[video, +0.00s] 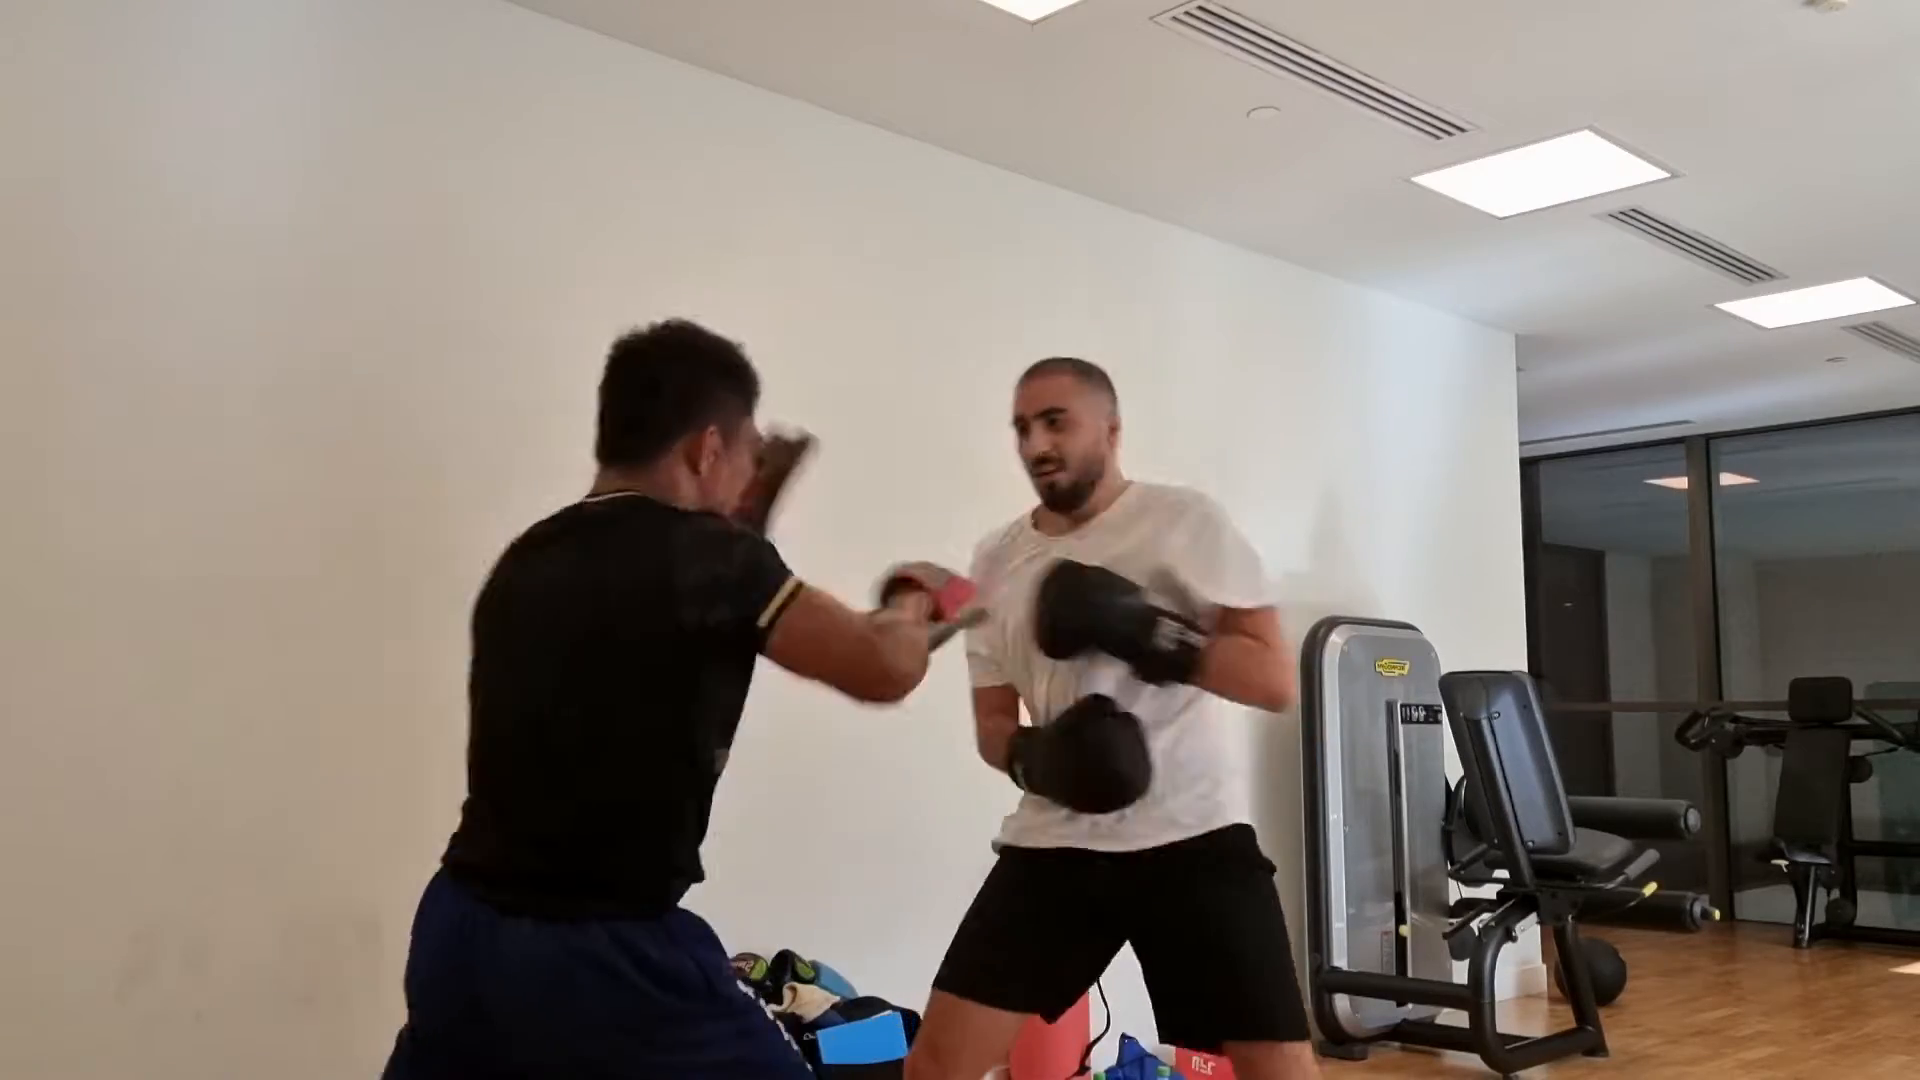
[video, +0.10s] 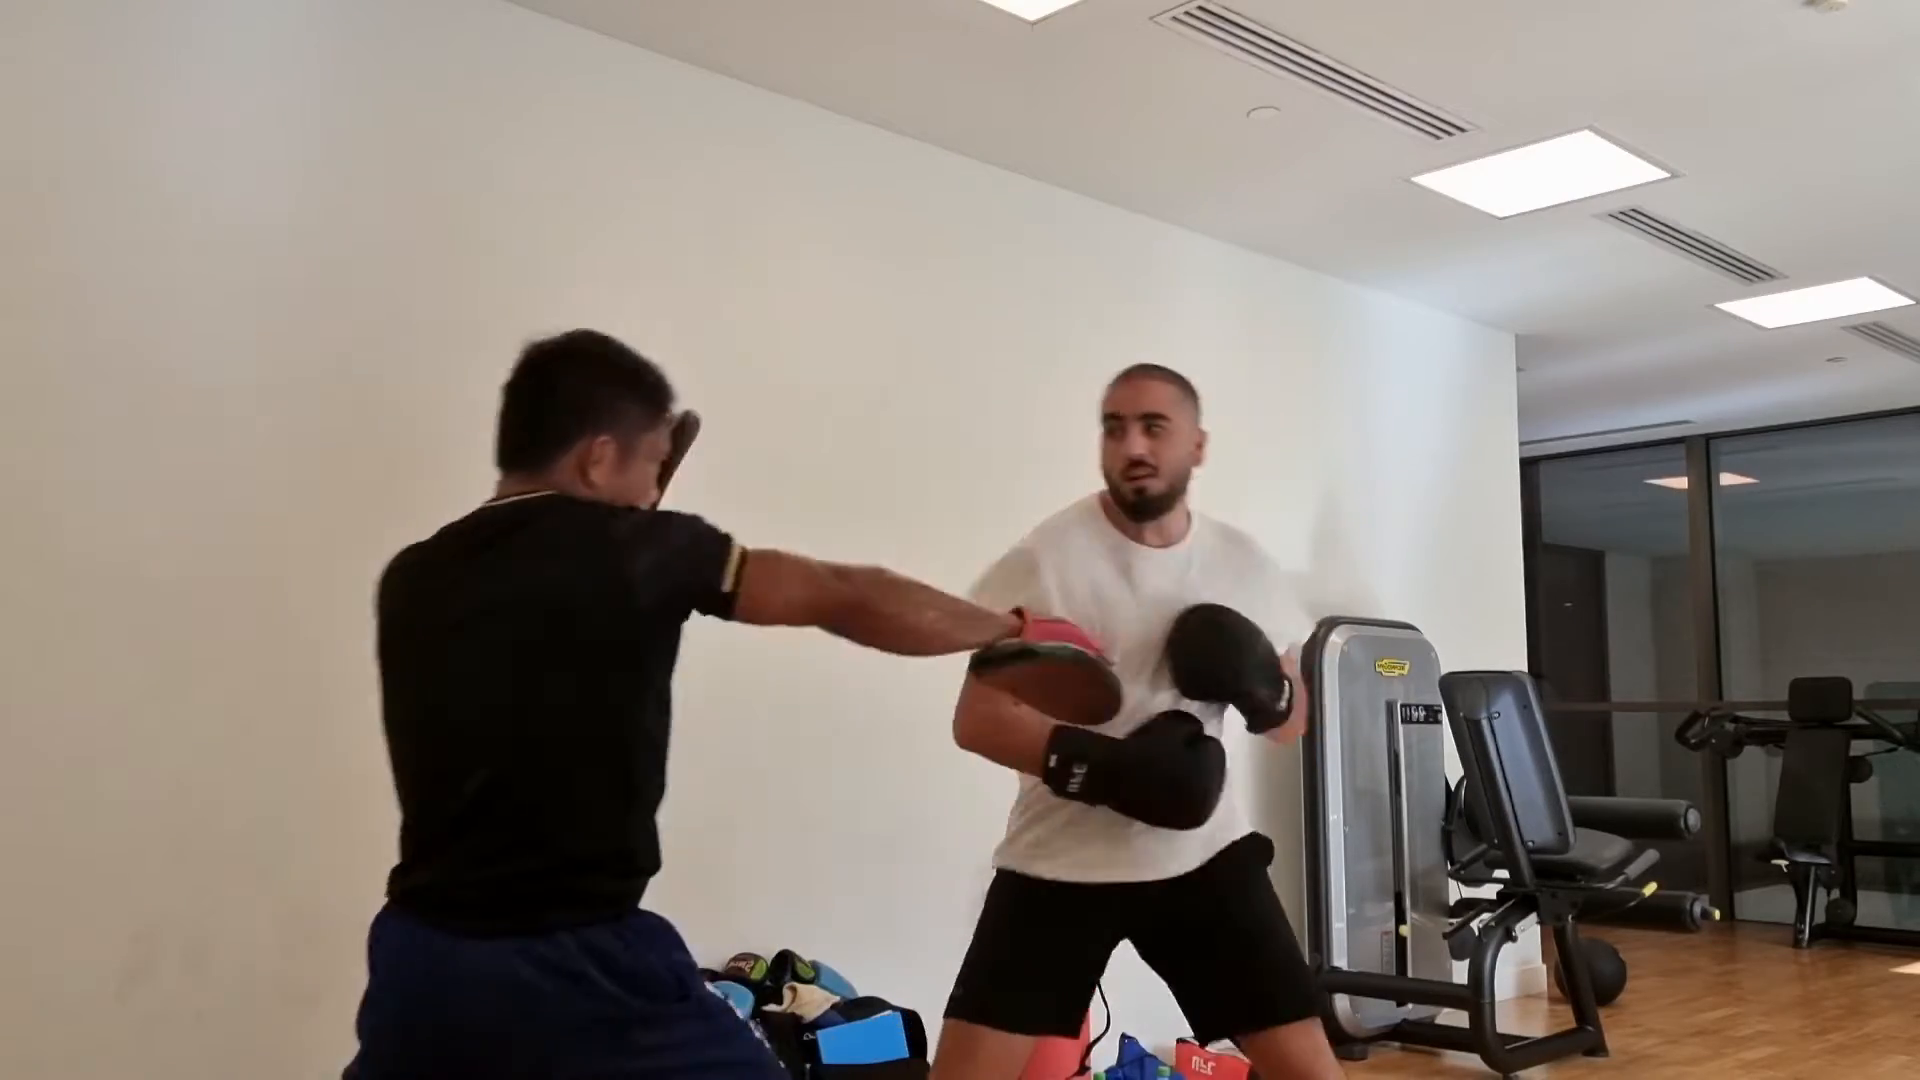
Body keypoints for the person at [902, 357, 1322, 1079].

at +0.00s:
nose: (1035, 443)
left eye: (1054, 422)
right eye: (1023, 428)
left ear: (1111, 427)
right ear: (1014, 442)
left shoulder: (1189, 523)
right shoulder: (996, 561)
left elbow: (1275, 679)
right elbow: (993, 731)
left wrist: (1147, 633)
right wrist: (1037, 756)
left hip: (1195, 849)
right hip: (1050, 855)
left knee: (1282, 1070)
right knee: (938, 1064)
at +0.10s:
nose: (1133, 446)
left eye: (1155, 426)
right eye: (1115, 428)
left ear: (1198, 447)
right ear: (1100, 446)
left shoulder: (1243, 564)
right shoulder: (1044, 561)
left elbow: (1293, 721)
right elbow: (978, 718)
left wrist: (1260, 686)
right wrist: (1104, 765)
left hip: (1206, 865)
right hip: (1056, 871)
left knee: (1308, 1067)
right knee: (968, 1070)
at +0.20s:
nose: (1159, 452)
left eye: (1185, 436)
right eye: (1147, 431)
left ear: (1228, 463)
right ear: (1128, 444)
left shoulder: (1246, 566)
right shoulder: (1072, 550)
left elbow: (1264, 731)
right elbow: (988, 711)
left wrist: (1270, 691)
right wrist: (1109, 761)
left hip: (1206, 867)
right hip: (1061, 869)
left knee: (1305, 1069)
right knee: (971, 1071)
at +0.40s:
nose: (1003, 443)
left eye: (1026, 423)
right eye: (1001, 426)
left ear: (1093, 435)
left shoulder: (1135, 495)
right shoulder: (1023, 584)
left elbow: (1165, 570)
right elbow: (1051, 732)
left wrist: (1014, 505)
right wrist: (1006, 708)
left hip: (1185, 847)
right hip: (1062, 857)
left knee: (1248, 1069)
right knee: (939, 1045)